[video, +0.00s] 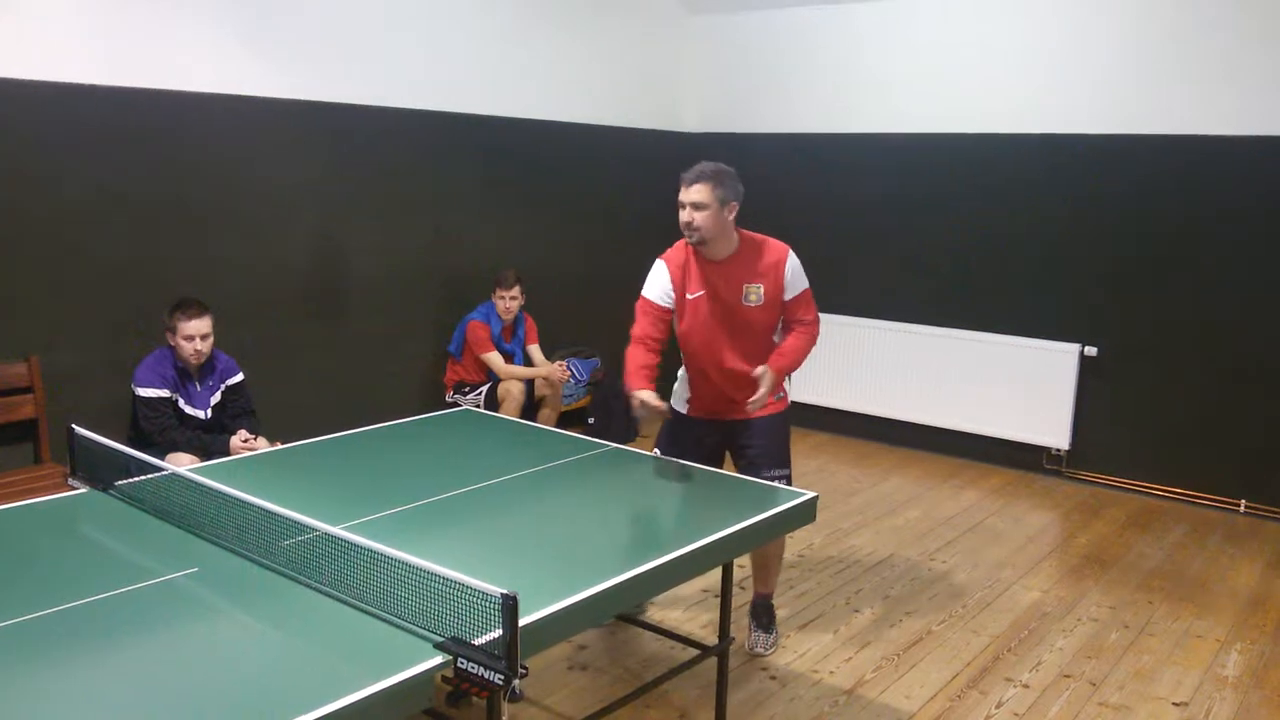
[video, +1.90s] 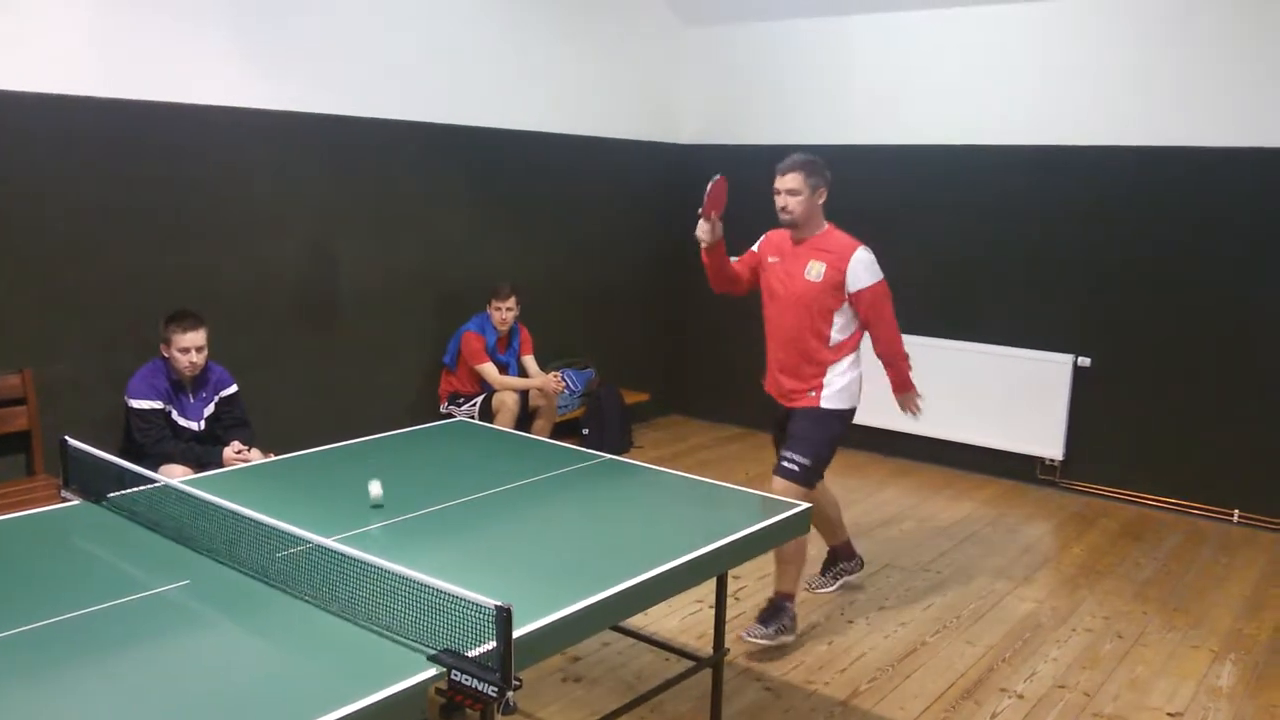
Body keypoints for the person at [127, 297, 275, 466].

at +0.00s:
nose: (198, 347)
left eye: (205, 338)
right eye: (189, 339)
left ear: (213, 335)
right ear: (171, 338)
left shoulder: (225, 367)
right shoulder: (151, 374)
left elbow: (241, 414)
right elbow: (163, 436)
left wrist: (243, 433)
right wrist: (225, 445)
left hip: (215, 443)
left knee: (261, 447)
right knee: (186, 463)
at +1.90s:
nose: (194, 359)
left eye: (200, 350)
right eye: (184, 351)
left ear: (207, 348)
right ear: (165, 350)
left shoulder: (218, 378)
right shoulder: (143, 386)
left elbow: (235, 424)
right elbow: (155, 447)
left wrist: (236, 443)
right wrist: (218, 456)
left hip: (210, 453)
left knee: (255, 459)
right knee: (179, 475)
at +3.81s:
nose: (214, 345)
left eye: (218, 336)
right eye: (203, 339)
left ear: (223, 336)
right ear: (181, 341)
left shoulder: (233, 368)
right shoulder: (158, 377)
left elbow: (250, 416)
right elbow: (171, 438)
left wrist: (249, 434)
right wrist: (231, 446)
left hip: (225, 443)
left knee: (267, 448)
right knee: (193, 464)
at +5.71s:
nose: (208, 353)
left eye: (213, 343)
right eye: (199, 345)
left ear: (220, 341)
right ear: (177, 345)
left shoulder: (231, 373)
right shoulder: (156, 380)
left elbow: (247, 420)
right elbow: (170, 442)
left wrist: (247, 438)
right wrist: (229, 450)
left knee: (266, 451)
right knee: (191, 468)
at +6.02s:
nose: (213, 353)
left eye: (216, 344)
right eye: (203, 347)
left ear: (221, 341)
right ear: (179, 347)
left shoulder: (229, 373)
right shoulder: (154, 380)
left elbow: (245, 421)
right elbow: (167, 442)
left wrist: (246, 439)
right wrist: (227, 450)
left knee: (264, 453)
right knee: (189, 469)